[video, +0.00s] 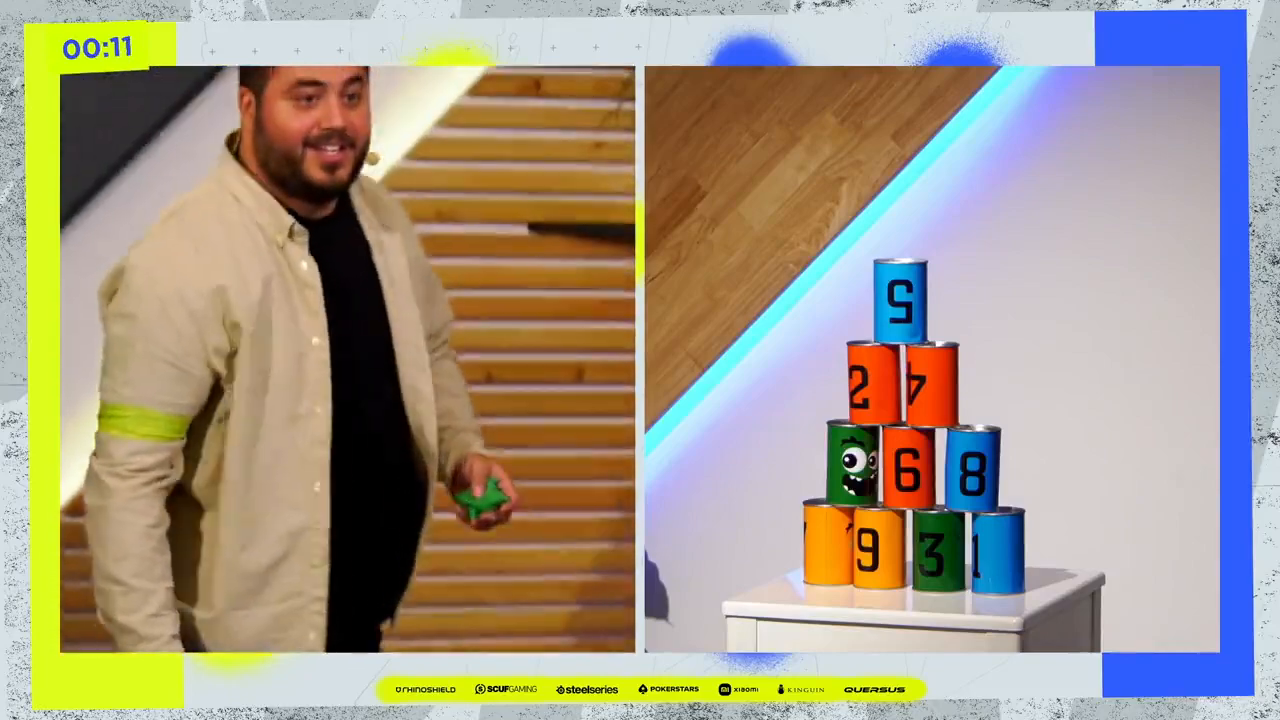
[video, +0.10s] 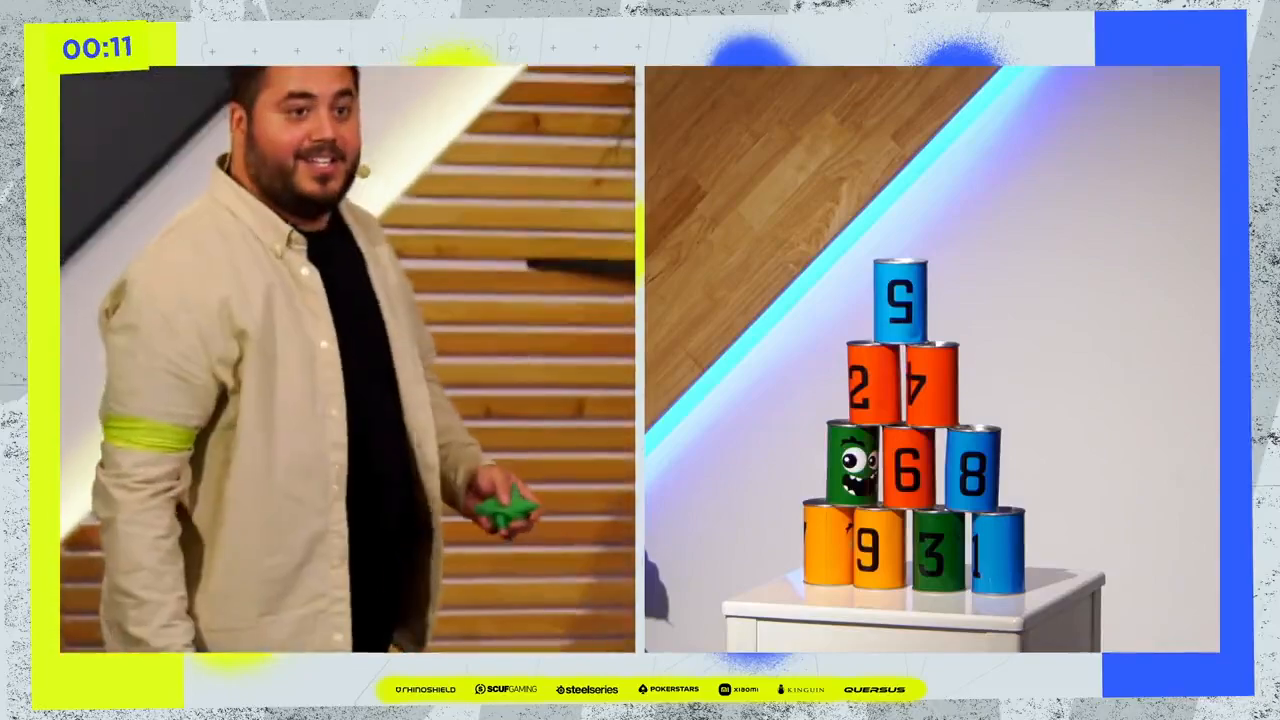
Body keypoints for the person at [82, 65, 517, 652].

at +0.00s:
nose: (337, 121)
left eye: (353, 95)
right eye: (307, 96)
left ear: (369, 102)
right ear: (249, 106)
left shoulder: (380, 213)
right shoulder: (178, 264)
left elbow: (431, 352)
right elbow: (126, 478)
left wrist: (462, 452)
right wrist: (155, 664)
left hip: (363, 611)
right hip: (242, 633)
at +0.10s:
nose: (326, 133)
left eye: (342, 108)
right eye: (297, 110)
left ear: (360, 121)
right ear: (240, 123)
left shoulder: (361, 234)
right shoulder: (178, 277)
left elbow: (407, 385)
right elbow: (136, 490)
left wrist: (466, 471)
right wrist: (165, 672)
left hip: (385, 631)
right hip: (255, 646)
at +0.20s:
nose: (332, 134)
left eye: (348, 111)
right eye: (302, 111)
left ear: (366, 127)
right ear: (247, 130)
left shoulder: (370, 248)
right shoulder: (195, 278)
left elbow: (404, 405)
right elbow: (151, 495)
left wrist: (484, 481)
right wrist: (209, 671)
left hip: (405, 646)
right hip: (270, 653)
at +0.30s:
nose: (358, 116)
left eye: (374, 92)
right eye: (327, 92)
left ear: (390, 109)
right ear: (271, 111)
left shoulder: (391, 232)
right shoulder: (221, 258)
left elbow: (420, 401)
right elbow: (181, 472)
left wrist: (509, 464)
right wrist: (262, 644)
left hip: (406, 636)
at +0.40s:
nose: (385, 120)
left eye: (402, 95)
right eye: (355, 97)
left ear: (419, 113)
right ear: (301, 117)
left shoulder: (415, 236)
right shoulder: (256, 249)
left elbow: (436, 405)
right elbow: (212, 454)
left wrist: (532, 456)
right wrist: (316, 613)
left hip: (410, 634)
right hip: (269, 643)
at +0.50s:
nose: (413, 139)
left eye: (428, 115)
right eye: (382, 116)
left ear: (445, 130)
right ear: (327, 134)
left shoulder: (426, 257)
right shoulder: (277, 262)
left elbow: (435, 431)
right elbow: (234, 436)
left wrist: (564, 456)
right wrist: (348, 563)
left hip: (413, 638)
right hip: (283, 645)